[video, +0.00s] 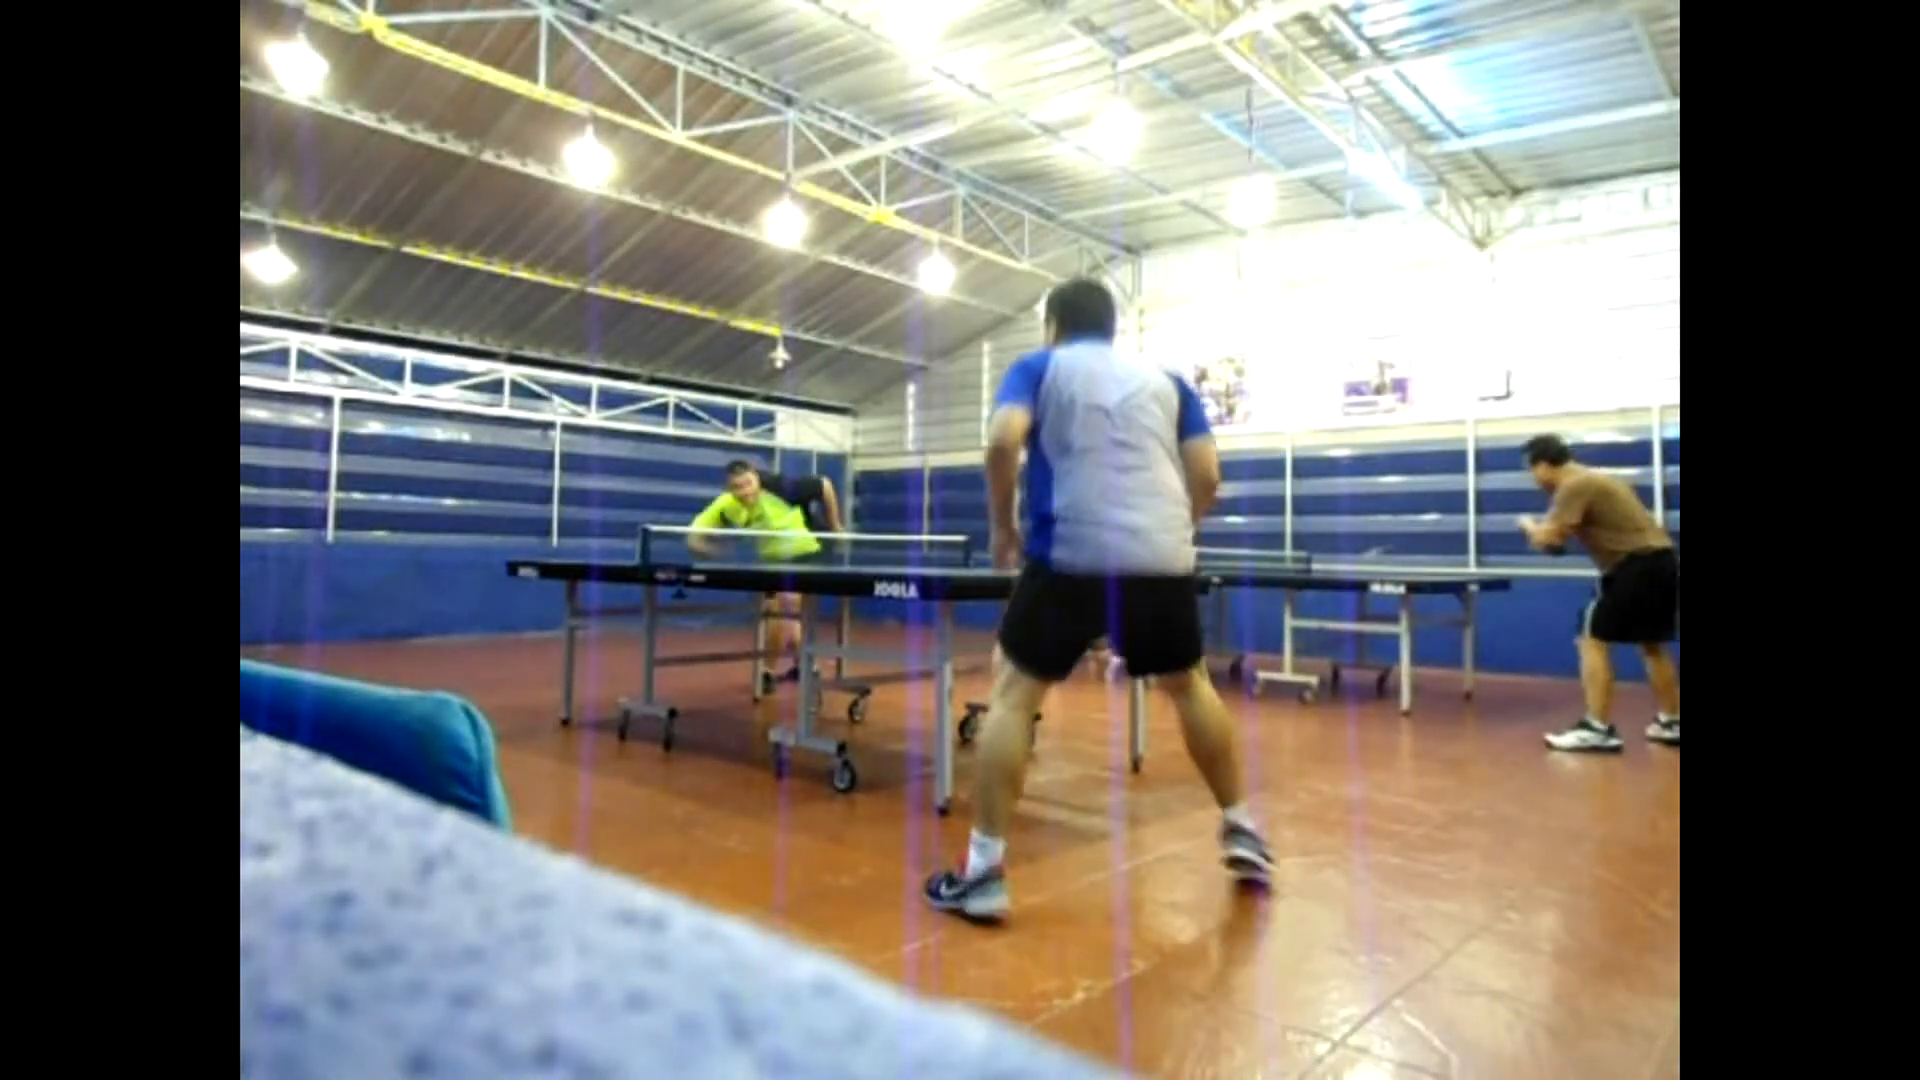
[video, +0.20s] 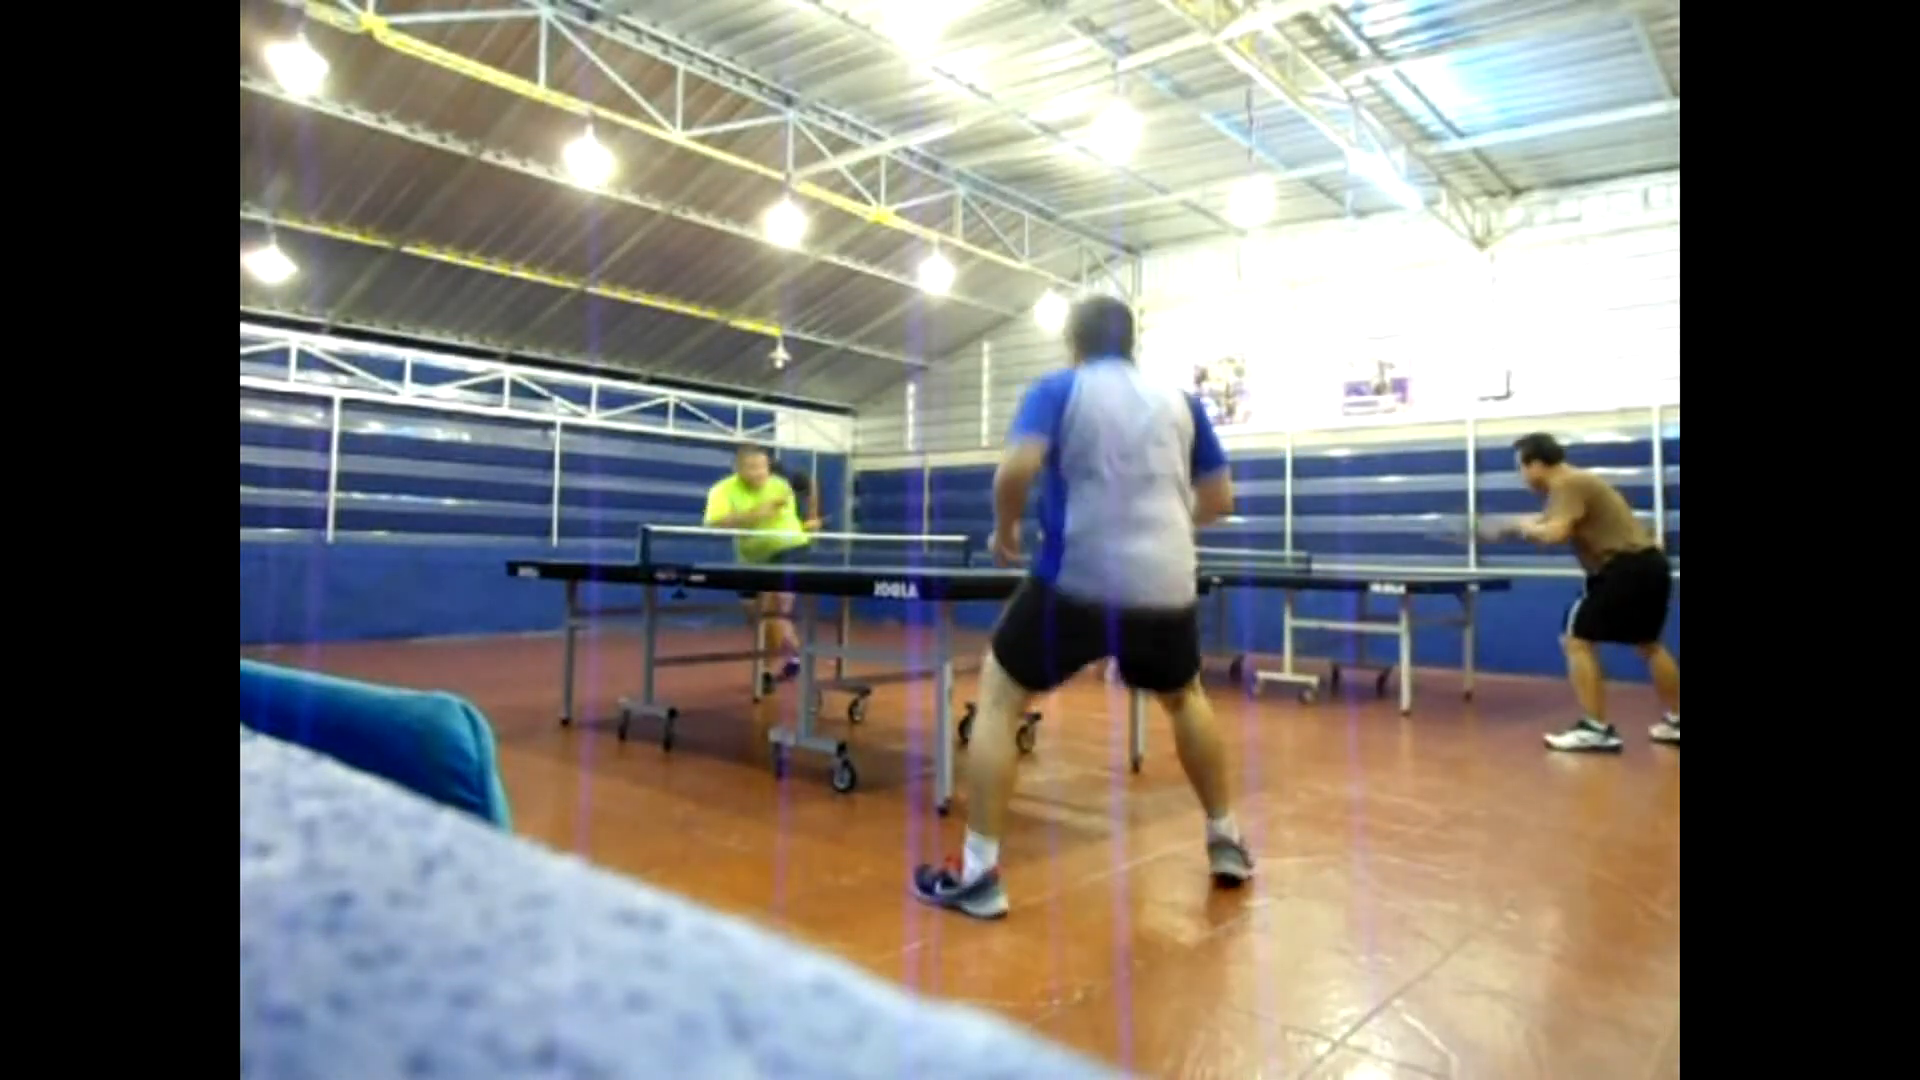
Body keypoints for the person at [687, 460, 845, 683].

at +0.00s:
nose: (744, 491)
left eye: (748, 484)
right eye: (738, 487)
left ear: (757, 480)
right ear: (730, 488)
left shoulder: (780, 489)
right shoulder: (727, 503)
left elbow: (823, 485)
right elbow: (696, 534)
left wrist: (835, 525)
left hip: (803, 555)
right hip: (771, 560)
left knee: (783, 608)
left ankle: (768, 671)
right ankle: (803, 663)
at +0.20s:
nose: (757, 472)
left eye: (761, 466)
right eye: (750, 467)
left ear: (768, 466)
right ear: (739, 468)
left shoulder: (780, 486)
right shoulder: (723, 490)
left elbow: (789, 522)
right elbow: (714, 522)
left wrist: (805, 526)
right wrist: (755, 515)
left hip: (786, 550)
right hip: (751, 556)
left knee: (777, 608)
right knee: (758, 612)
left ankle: (770, 669)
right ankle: (793, 655)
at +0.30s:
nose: (763, 454)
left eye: (766, 448)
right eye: (757, 448)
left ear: (772, 451)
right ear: (743, 450)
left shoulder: (780, 474)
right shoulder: (726, 474)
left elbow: (792, 512)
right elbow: (720, 502)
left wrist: (795, 491)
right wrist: (761, 490)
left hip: (776, 545)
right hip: (739, 550)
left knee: (773, 607)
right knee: (739, 606)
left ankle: (767, 669)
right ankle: (778, 643)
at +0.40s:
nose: (767, 443)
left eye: (770, 436)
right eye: (761, 436)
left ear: (773, 441)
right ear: (744, 438)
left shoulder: (776, 468)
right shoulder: (722, 462)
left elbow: (778, 501)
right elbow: (716, 493)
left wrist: (785, 493)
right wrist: (762, 491)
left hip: (765, 542)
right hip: (727, 545)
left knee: (765, 606)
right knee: (720, 601)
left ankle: (763, 667)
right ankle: (743, 640)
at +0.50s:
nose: (767, 440)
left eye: (770, 435)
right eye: (761, 433)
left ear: (773, 440)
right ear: (743, 434)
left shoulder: (772, 467)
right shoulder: (718, 458)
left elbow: (767, 499)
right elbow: (701, 494)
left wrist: (777, 510)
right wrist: (751, 503)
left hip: (754, 543)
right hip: (714, 544)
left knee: (755, 604)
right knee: (700, 599)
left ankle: (760, 668)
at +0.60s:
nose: (759, 443)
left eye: (761, 438)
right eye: (754, 436)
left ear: (762, 443)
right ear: (735, 437)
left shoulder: (761, 471)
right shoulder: (708, 460)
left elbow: (750, 504)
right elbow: (682, 497)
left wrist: (759, 518)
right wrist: (732, 509)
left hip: (741, 548)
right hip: (701, 549)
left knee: (747, 606)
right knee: (675, 614)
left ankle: (757, 672)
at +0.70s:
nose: (741, 447)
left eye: (744, 441)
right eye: (735, 440)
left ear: (745, 445)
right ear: (717, 440)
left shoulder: (742, 475)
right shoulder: (688, 462)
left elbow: (734, 515)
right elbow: (665, 501)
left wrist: (739, 546)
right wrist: (711, 506)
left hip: (723, 550)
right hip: (682, 550)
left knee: (737, 604)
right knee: (659, 609)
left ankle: (756, 671)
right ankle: (625, 672)